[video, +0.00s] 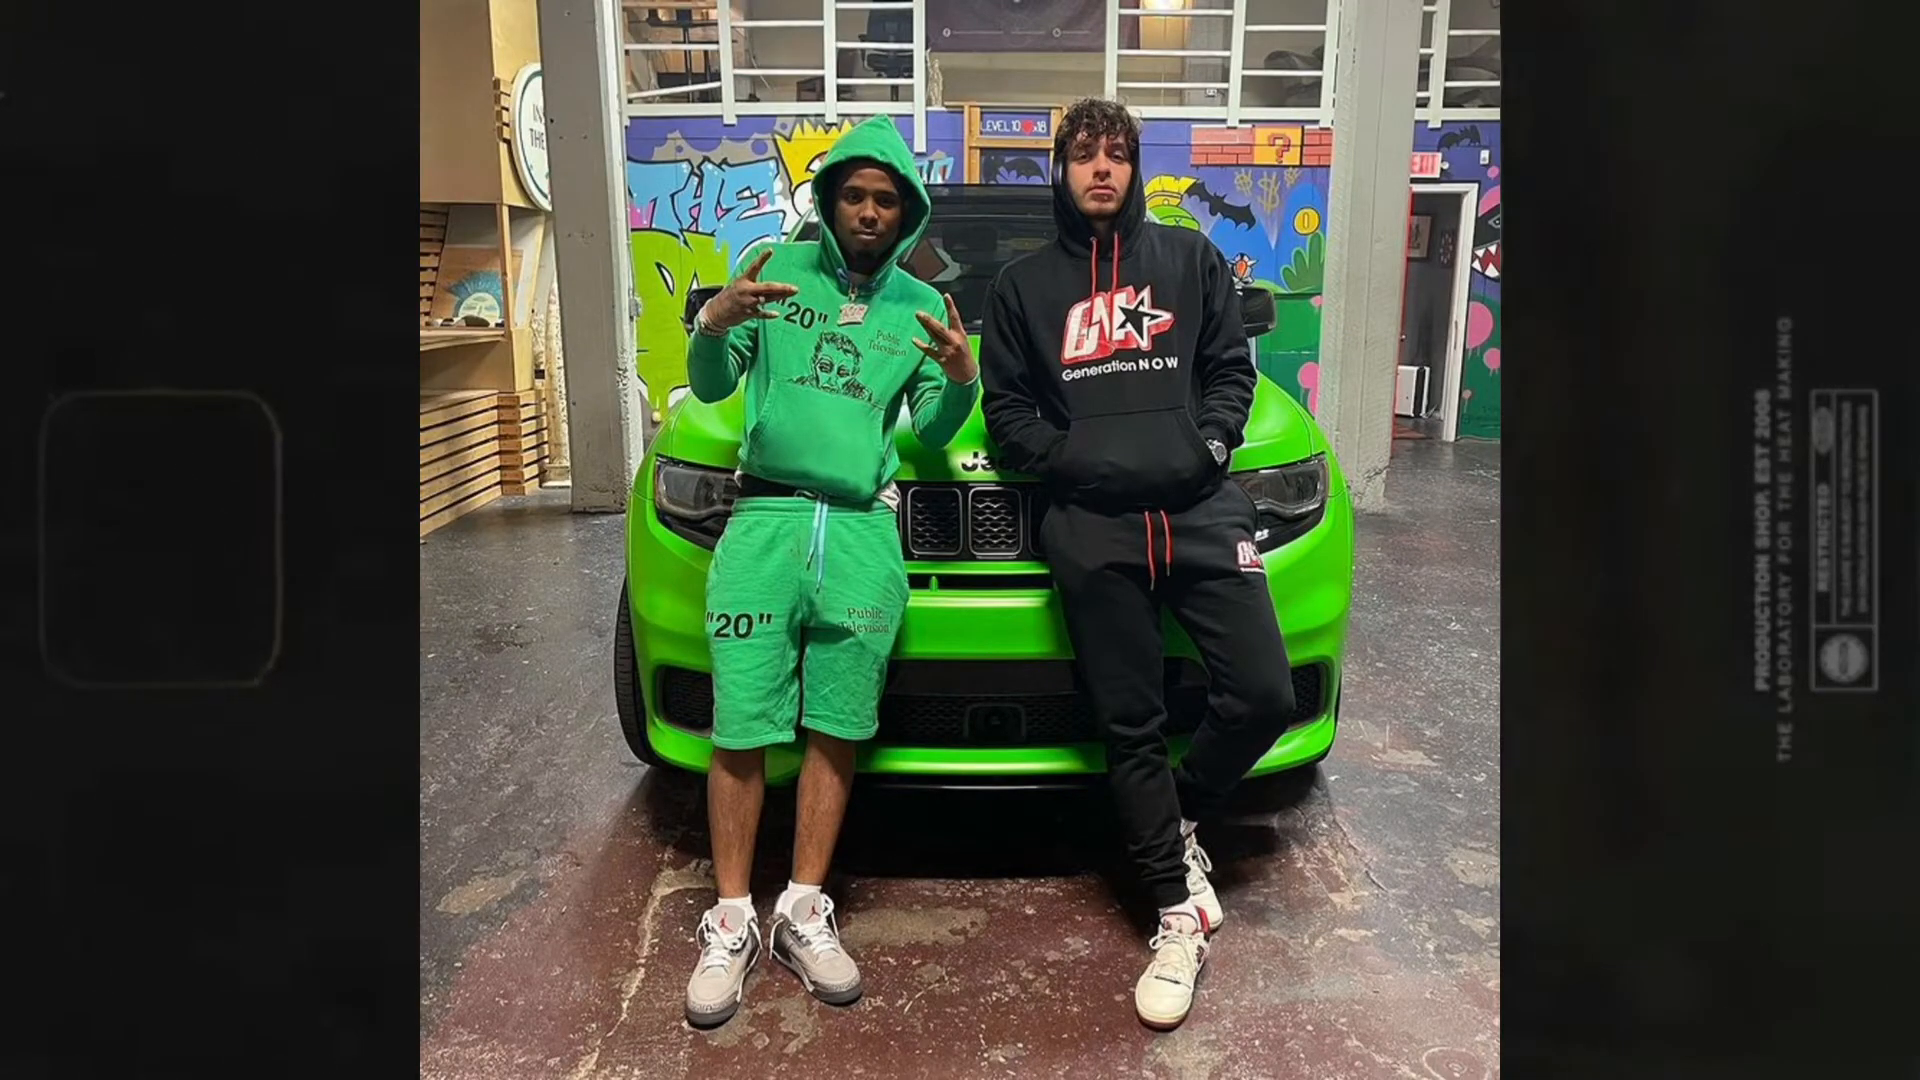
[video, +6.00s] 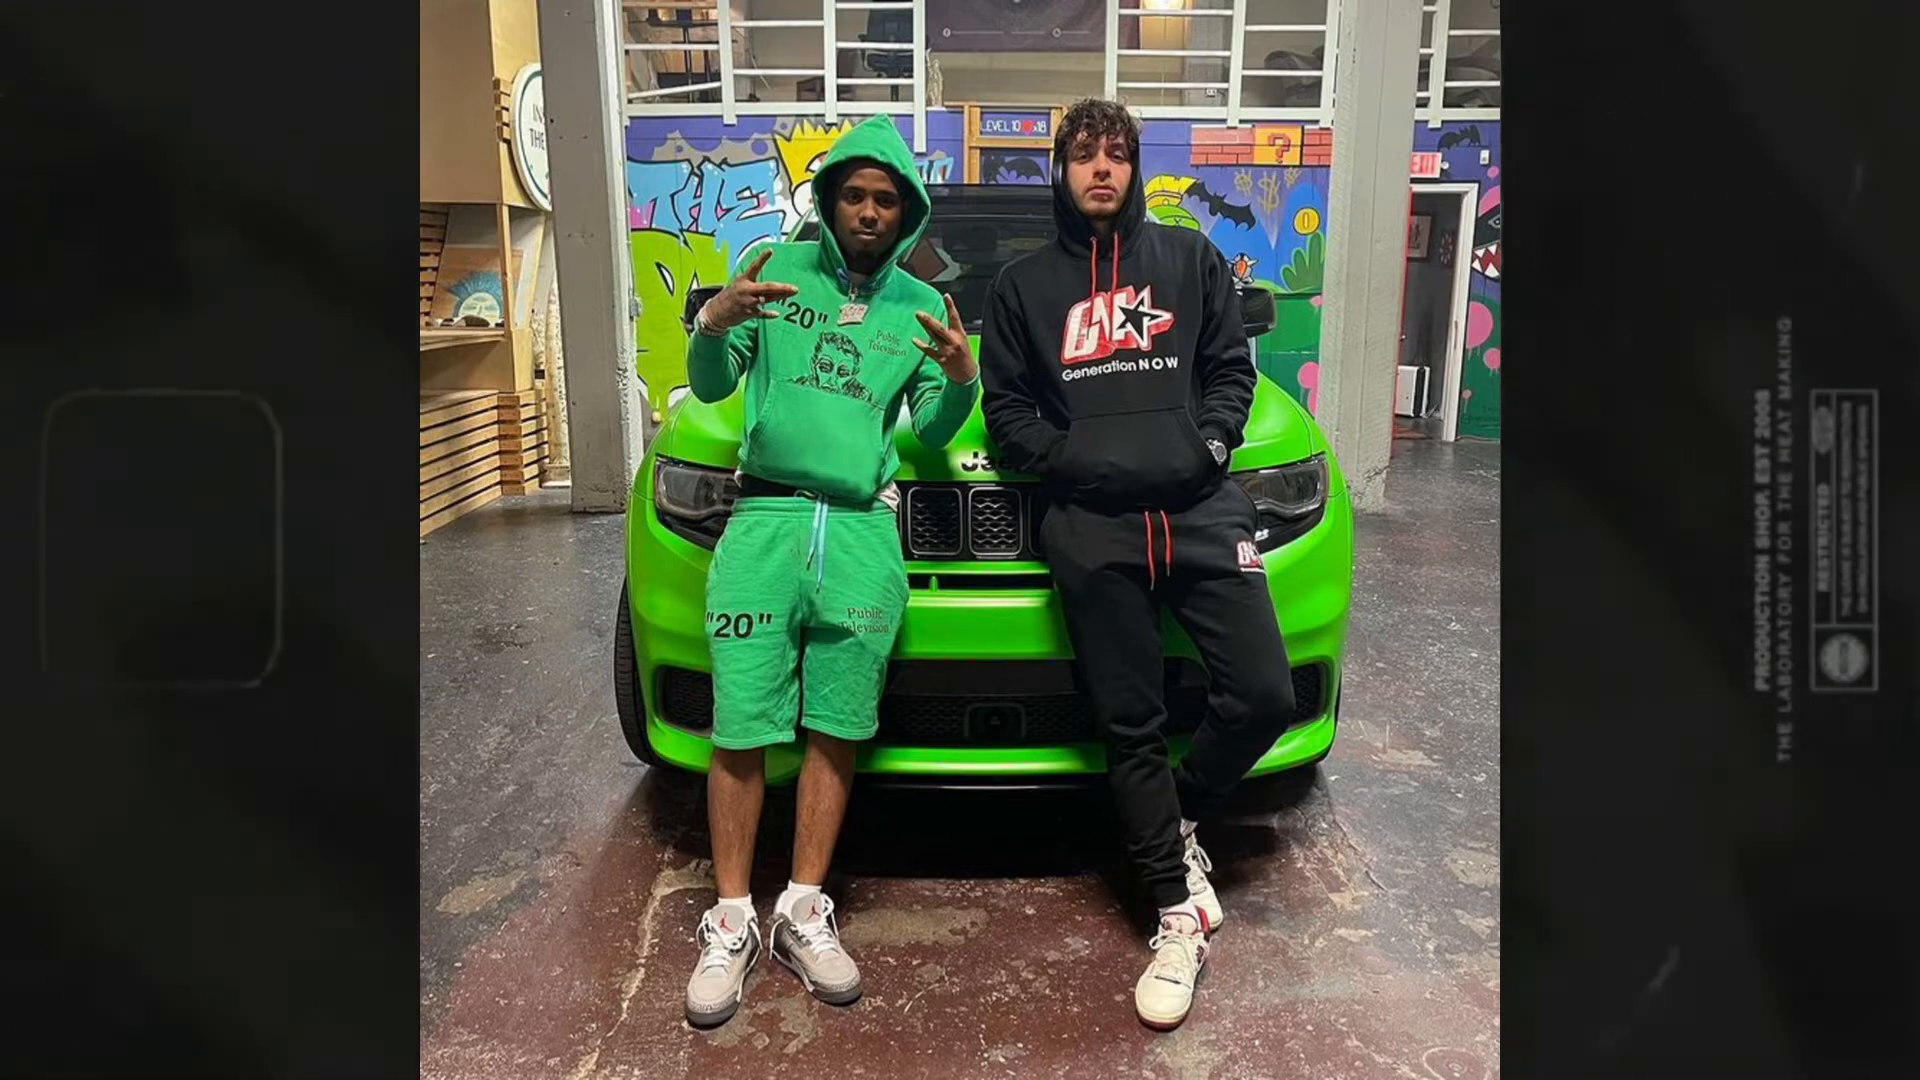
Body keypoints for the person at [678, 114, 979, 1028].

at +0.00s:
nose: (868, 212)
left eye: (885, 198)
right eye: (854, 196)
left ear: (906, 212)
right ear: (827, 203)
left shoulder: (924, 305)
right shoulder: (776, 267)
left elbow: (924, 439)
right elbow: (712, 384)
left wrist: (960, 380)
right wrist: (714, 321)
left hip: (861, 527)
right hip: (763, 517)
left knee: (838, 729)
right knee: (741, 729)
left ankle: (805, 909)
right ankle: (732, 920)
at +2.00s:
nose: (868, 212)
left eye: (885, 198)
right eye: (854, 196)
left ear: (907, 212)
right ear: (827, 202)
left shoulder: (923, 305)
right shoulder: (776, 268)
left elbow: (923, 439)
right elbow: (712, 384)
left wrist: (961, 380)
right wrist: (713, 321)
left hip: (861, 527)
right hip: (763, 517)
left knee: (838, 728)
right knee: (741, 728)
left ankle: (805, 908)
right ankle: (732, 919)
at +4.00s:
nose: (868, 212)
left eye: (885, 198)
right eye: (854, 196)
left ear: (907, 212)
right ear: (827, 202)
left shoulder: (923, 305)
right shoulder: (776, 268)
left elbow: (923, 439)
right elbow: (712, 384)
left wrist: (961, 380)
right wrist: (713, 321)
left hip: (861, 527)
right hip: (763, 517)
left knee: (838, 728)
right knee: (741, 728)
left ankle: (805, 908)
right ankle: (732, 919)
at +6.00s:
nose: (868, 212)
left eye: (885, 198)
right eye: (854, 196)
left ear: (907, 211)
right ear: (827, 202)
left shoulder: (923, 305)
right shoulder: (776, 268)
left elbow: (923, 439)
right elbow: (712, 384)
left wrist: (961, 380)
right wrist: (713, 322)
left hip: (861, 527)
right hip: (763, 517)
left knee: (838, 728)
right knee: (741, 728)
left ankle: (805, 908)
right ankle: (732, 919)